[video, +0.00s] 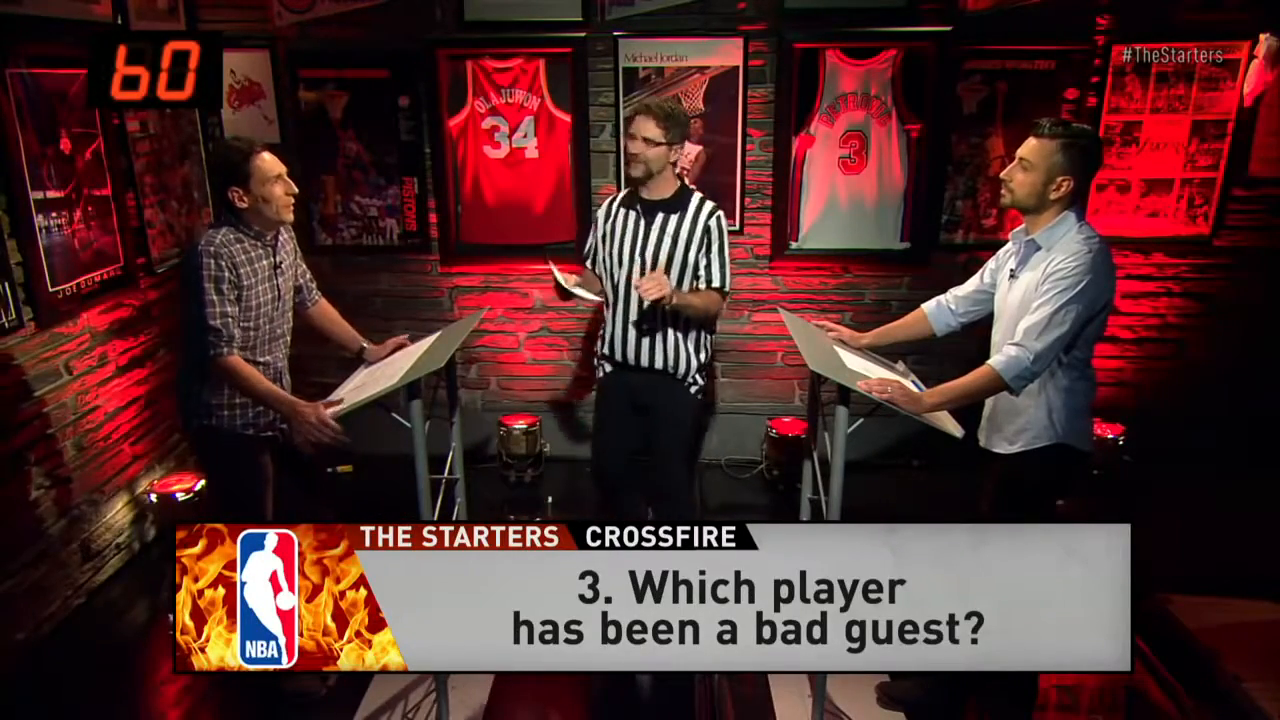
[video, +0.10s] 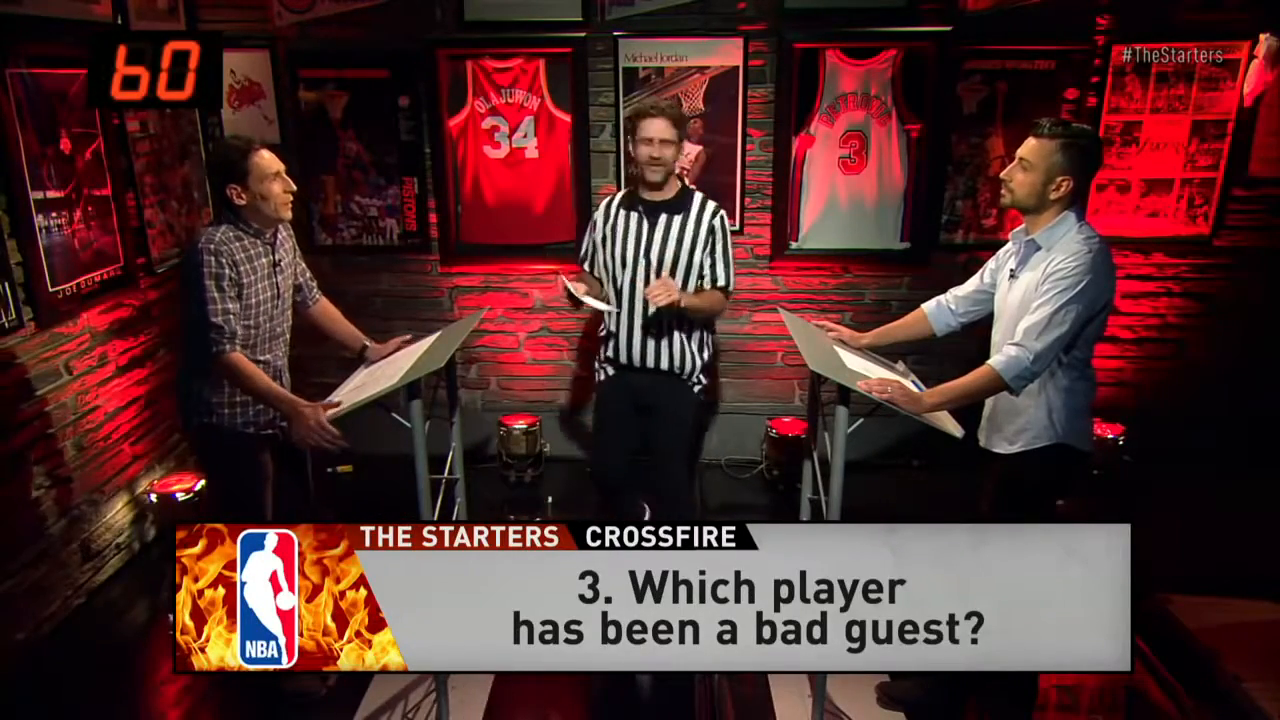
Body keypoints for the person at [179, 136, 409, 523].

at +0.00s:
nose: (293, 189)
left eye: (287, 177)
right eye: (277, 180)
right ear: (240, 197)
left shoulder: (281, 238)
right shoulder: (215, 251)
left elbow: (310, 301)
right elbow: (222, 355)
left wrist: (366, 349)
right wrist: (294, 408)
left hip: (279, 420)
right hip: (231, 431)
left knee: (295, 525)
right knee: (248, 536)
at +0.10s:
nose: (291, 186)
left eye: (286, 175)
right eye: (276, 178)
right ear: (239, 194)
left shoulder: (280, 236)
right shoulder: (215, 250)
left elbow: (310, 299)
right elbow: (222, 351)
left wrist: (367, 348)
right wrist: (294, 408)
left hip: (282, 418)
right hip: (232, 429)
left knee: (297, 525)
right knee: (248, 535)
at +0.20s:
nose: (291, 184)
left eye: (285, 173)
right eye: (275, 176)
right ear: (239, 192)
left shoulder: (279, 235)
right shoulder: (215, 249)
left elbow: (312, 298)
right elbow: (225, 350)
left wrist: (370, 346)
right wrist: (294, 407)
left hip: (280, 415)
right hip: (232, 426)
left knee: (295, 521)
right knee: (249, 532)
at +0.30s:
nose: (291, 183)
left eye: (286, 172)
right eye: (275, 174)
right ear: (239, 190)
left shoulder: (279, 233)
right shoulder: (216, 246)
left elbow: (313, 297)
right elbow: (229, 346)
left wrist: (371, 346)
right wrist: (295, 407)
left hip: (279, 410)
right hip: (232, 420)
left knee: (291, 519)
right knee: (248, 528)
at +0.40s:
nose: (292, 182)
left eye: (286, 171)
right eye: (276, 173)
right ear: (240, 189)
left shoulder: (279, 232)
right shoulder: (216, 244)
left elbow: (313, 295)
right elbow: (232, 342)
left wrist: (371, 345)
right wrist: (295, 406)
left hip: (276, 409)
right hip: (229, 419)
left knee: (288, 520)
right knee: (246, 528)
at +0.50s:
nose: (292, 181)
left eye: (286, 170)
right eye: (276, 173)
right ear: (239, 187)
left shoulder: (277, 231)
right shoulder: (215, 245)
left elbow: (313, 293)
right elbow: (237, 341)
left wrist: (371, 345)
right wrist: (298, 407)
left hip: (274, 407)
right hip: (227, 416)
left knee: (285, 518)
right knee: (247, 527)